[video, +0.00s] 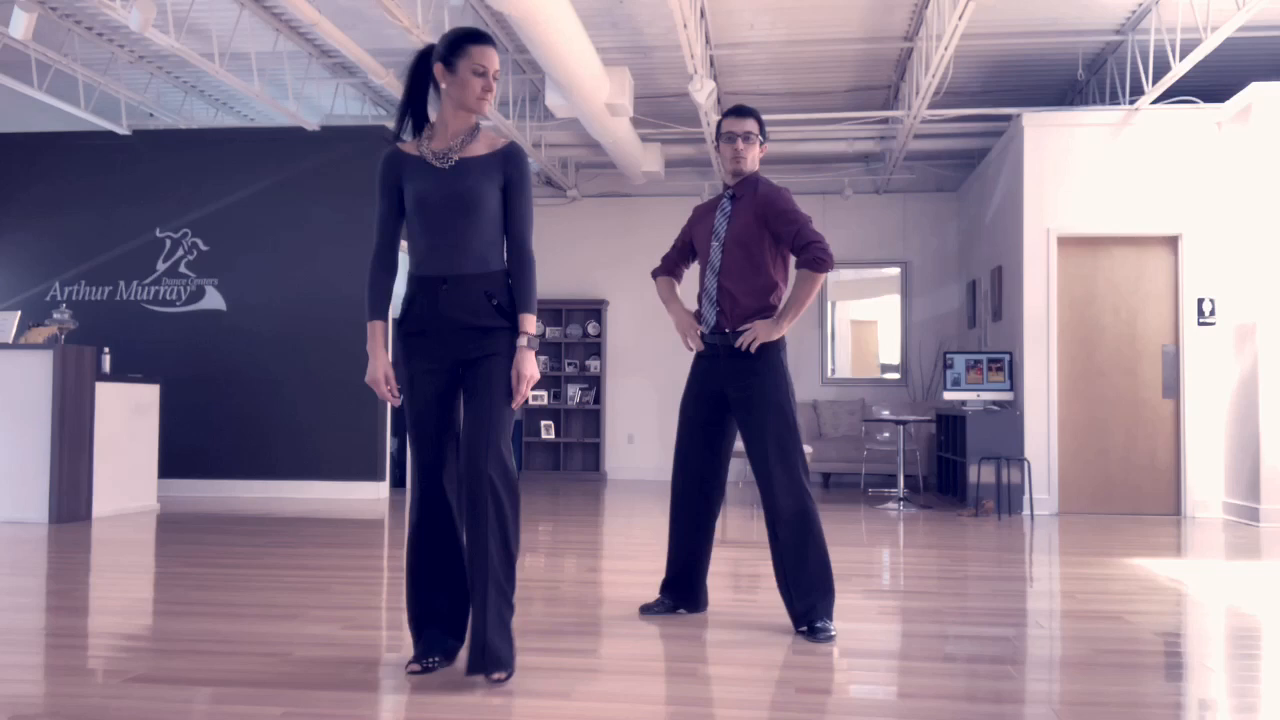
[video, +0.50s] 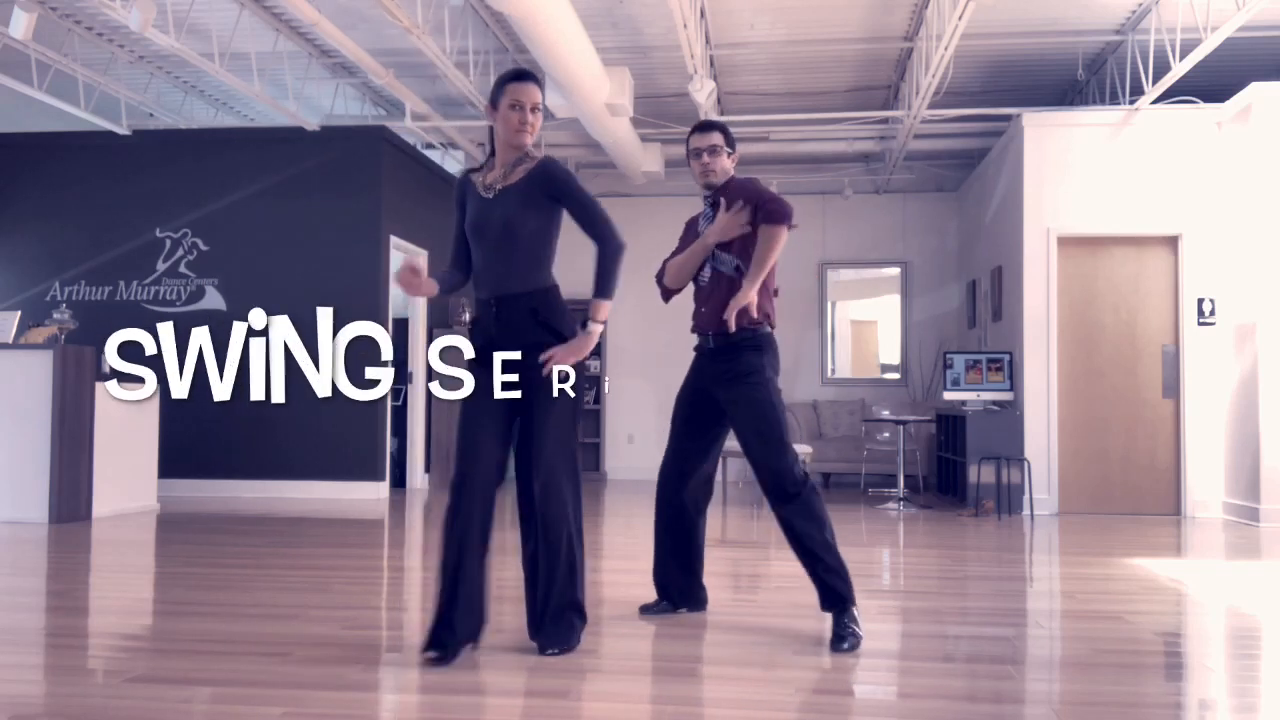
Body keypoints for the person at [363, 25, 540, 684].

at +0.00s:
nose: (489, 86)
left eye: (494, 77)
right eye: (478, 74)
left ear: (496, 85)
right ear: (440, 73)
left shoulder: (507, 156)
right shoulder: (402, 159)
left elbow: (520, 247)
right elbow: (385, 253)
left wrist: (528, 337)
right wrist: (377, 341)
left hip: (493, 329)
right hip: (423, 329)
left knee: (484, 472)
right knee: (431, 482)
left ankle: (493, 644)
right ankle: (436, 635)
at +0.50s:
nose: (528, 118)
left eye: (536, 110)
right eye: (517, 108)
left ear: (543, 119)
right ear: (492, 114)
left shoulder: (550, 174)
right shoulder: (470, 184)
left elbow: (610, 241)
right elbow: (459, 270)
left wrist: (590, 332)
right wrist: (432, 284)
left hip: (547, 333)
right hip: (487, 335)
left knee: (546, 481)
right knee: (473, 482)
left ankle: (558, 625)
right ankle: (455, 628)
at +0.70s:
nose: (545, 129)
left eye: (554, 120)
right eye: (534, 119)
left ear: (562, 130)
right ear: (511, 127)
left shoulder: (570, 182)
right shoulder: (492, 199)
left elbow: (638, 233)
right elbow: (479, 278)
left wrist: (595, 297)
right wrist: (465, 330)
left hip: (557, 347)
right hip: (502, 350)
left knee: (544, 480)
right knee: (500, 485)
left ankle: (566, 617)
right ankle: (538, 611)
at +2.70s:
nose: (576, 162)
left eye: (584, 153)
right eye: (565, 152)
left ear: (592, 162)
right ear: (541, 157)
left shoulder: (589, 212)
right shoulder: (516, 226)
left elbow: (621, 269)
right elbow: (499, 310)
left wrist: (583, 325)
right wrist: (490, 386)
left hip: (558, 371)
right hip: (514, 371)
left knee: (476, 451)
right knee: (496, 484)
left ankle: (503, 605)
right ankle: (546, 608)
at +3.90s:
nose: (575, 137)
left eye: (584, 129)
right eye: (566, 128)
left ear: (594, 140)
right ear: (548, 137)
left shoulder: (597, 198)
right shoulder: (533, 212)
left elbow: (634, 244)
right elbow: (509, 285)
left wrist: (584, 292)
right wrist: (492, 338)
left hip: (567, 352)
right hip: (523, 351)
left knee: (521, 472)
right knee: (511, 474)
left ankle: (551, 614)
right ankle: (539, 613)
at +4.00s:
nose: (577, 138)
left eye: (587, 130)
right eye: (568, 128)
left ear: (598, 142)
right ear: (551, 138)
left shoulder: (601, 200)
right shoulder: (532, 205)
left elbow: (644, 221)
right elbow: (493, 277)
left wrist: (570, 221)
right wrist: (496, 300)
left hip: (575, 349)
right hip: (532, 347)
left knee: (520, 469)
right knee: (523, 475)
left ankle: (551, 619)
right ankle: (585, 599)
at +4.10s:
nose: (582, 156)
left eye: (592, 149)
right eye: (574, 145)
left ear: (602, 150)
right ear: (554, 140)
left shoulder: (606, 203)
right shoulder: (529, 209)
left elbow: (664, 174)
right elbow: (472, 279)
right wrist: (519, 256)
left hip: (578, 350)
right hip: (535, 349)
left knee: (517, 463)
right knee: (544, 478)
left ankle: (548, 614)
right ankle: (593, 607)